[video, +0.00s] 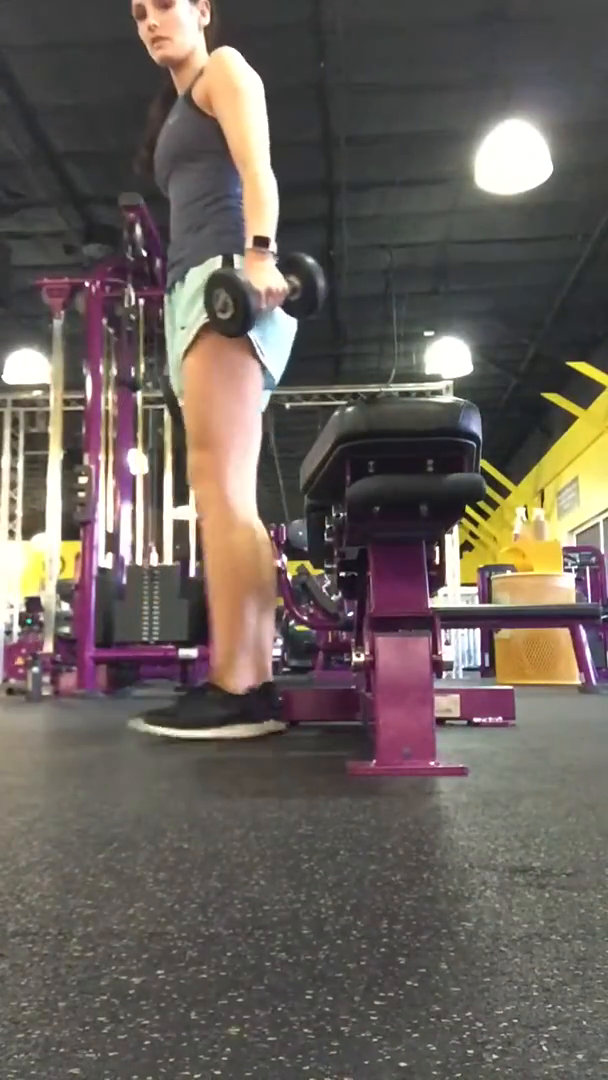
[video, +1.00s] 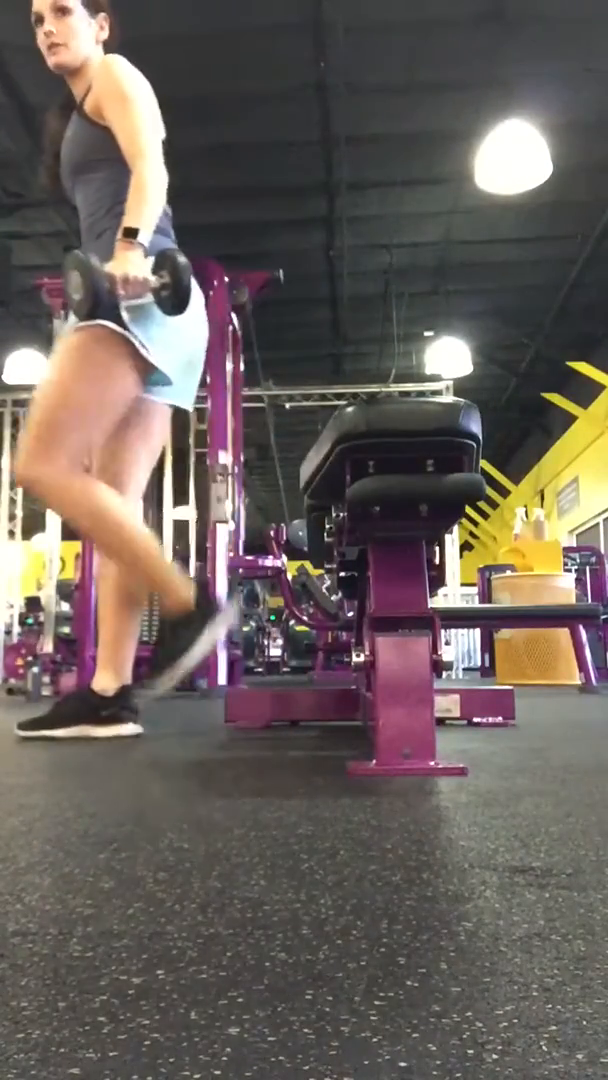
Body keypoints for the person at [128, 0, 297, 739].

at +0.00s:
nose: (150, 22)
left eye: (163, 8)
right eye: (140, 13)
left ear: (200, 11)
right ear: (139, 25)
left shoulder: (223, 67)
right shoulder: (183, 101)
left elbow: (255, 164)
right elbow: (198, 212)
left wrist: (259, 253)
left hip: (224, 284)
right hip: (202, 290)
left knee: (221, 491)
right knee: (224, 493)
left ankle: (236, 685)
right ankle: (248, 681)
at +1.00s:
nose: (47, 30)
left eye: (61, 16)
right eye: (38, 21)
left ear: (100, 25)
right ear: (38, 38)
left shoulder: (112, 76)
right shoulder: (90, 103)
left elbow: (150, 165)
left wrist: (131, 244)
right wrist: (92, 280)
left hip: (133, 292)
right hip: (165, 300)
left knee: (44, 461)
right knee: (117, 501)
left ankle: (185, 604)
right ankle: (110, 689)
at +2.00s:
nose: (60, 53)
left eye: (74, 40)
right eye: (54, 45)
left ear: (112, 50)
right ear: (58, 60)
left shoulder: (116, 91)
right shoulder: (99, 116)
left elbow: (135, 166)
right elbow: (108, 214)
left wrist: (124, 238)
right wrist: (74, 282)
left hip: (119, 298)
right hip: (110, 303)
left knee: (117, 487)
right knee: (100, 505)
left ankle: (305, 490)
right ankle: (112, 690)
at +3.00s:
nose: (70, 37)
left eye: (84, 23)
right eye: (60, 27)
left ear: (121, 36)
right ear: (57, 42)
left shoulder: (120, 91)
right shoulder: (92, 108)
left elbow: (132, 179)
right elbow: (93, 208)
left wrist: (95, 266)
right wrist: (70, 277)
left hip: (110, 301)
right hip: (85, 307)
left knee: (116, 493)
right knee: (51, 504)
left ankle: (304, 494)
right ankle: (81, 690)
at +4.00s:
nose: (46, 123)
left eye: (46, 106)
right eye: (39, 115)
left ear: (79, 83)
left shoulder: (103, 108)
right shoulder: (130, 152)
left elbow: (109, 182)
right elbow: (151, 207)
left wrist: (86, 244)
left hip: (116, 297)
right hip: (135, 311)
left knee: (118, 489)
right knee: (56, 502)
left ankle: (310, 488)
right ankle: (86, 689)